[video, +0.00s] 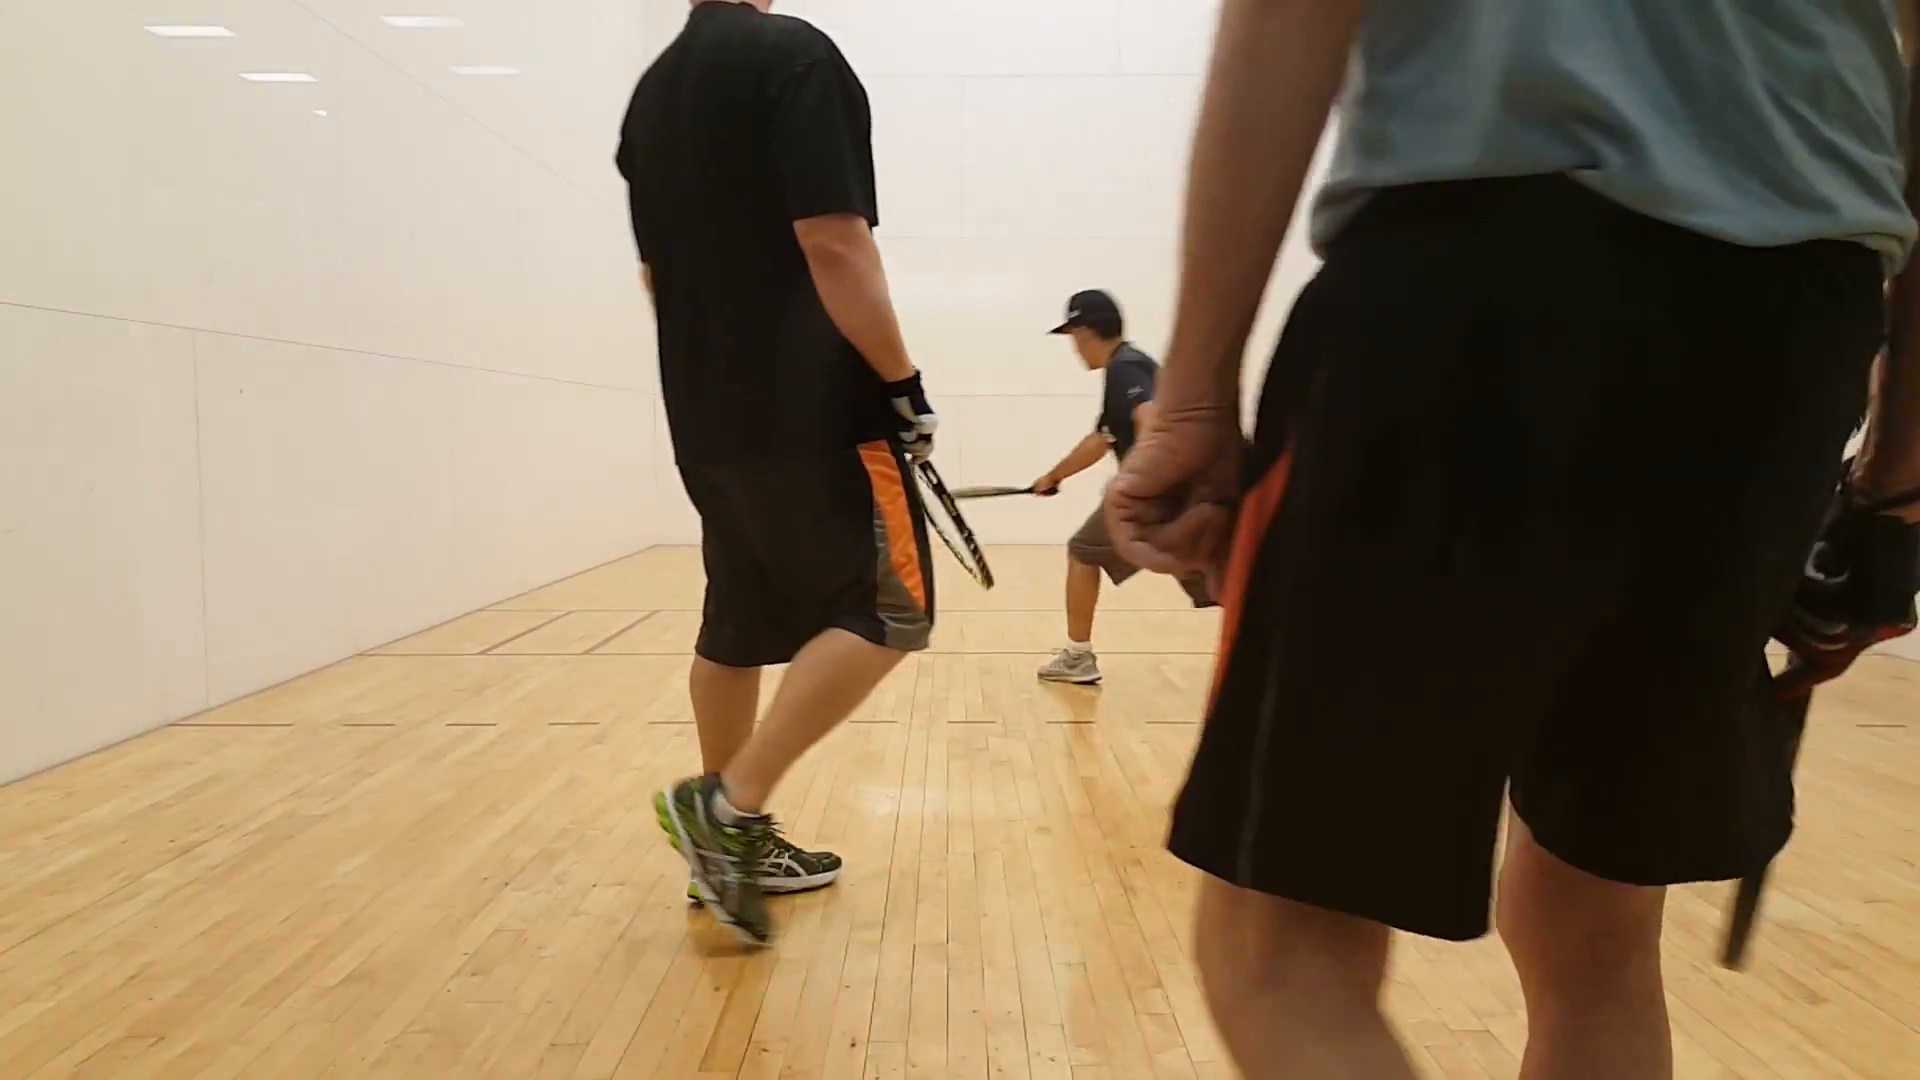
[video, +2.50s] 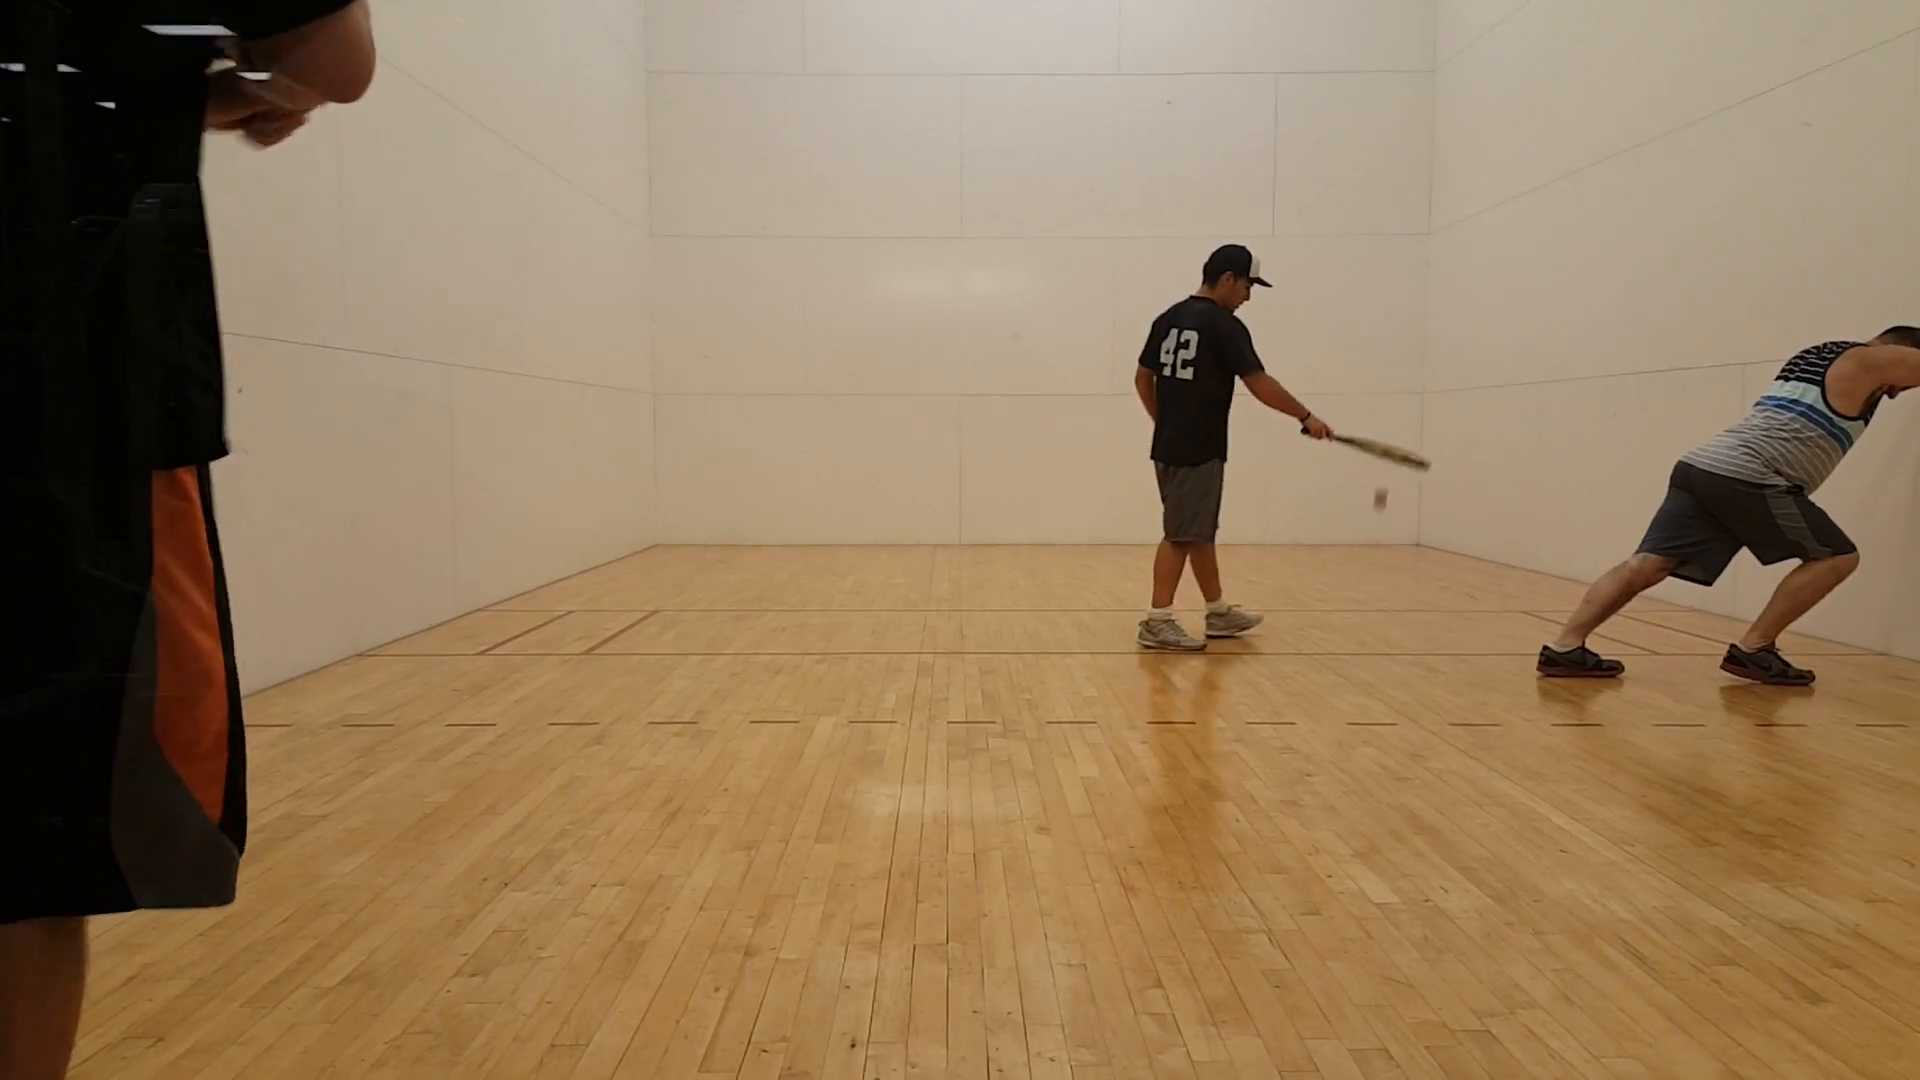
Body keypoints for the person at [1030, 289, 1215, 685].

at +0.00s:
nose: (1074, 345)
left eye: (1075, 334)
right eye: (1072, 336)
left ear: (1094, 331)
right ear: (1108, 329)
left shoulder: (1124, 367)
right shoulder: (1128, 367)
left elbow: (1151, 428)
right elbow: (1102, 437)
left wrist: (1134, 484)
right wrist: (1056, 474)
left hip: (1147, 491)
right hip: (1176, 489)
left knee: (1083, 552)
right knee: (1208, 585)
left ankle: (1078, 654)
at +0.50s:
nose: (1020, 284)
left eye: (1020, 274)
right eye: (1018, 275)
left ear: (1033, 269)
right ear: (1063, 269)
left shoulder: (1031, 309)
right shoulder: (1105, 306)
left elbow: (1006, 370)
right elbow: (1151, 360)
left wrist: (979, 400)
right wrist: (1167, 426)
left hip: (1066, 438)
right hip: (1121, 440)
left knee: (1052, 539)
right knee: (1096, 538)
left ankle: (1068, 638)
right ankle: (1078, 631)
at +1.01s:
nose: (1095, 273)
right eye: (1099, 267)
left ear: (1055, 265)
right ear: (1097, 268)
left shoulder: (1026, 310)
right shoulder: (1114, 313)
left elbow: (1000, 374)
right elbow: (1129, 372)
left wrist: (1033, 385)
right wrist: (1124, 414)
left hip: (1036, 443)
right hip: (1087, 447)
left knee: (1033, 530)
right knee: (1075, 536)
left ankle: (1017, 615)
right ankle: (1055, 629)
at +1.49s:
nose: (1106, 287)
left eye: (1108, 279)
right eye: (1104, 278)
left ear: (1071, 273)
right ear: (1082, 272)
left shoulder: (1043, 313)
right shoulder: (1076, 313)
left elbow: (1064, 377)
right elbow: (1068, 364)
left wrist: (1122, 386)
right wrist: (1107, 399)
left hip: (1044, 445)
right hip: (1081, 444)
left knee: (1049, 527)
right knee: (1118, 520)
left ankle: (1038, 620)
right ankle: (1079, 602)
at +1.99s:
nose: (1184, 300)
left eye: (1187, 292)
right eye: (1184, 290)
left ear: (1158, 280)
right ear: (1165, 280)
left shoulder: (1118, 312)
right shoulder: (1147, 324)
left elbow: (1107, 377)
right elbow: (1132, 380)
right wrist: (1164, 436)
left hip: (1099, 448)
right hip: (1133, 452)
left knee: (1089, 527)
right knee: (1148, 534)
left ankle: (1048, 604)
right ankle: (1154, 620)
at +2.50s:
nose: (1248, 296)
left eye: (1250, 287)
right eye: (1246, 286)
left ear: (1216, 279)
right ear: (1226, 279)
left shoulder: (1170, 317)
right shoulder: (1227, 326)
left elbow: (1144, 378)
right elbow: (1260, 383)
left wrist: (1163, 421)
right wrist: (1305, 416)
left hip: (1170, 443)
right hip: (1199, 448)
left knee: (1201, 530)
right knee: (1180, 532)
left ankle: (1217, 611)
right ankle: (1157, 620)